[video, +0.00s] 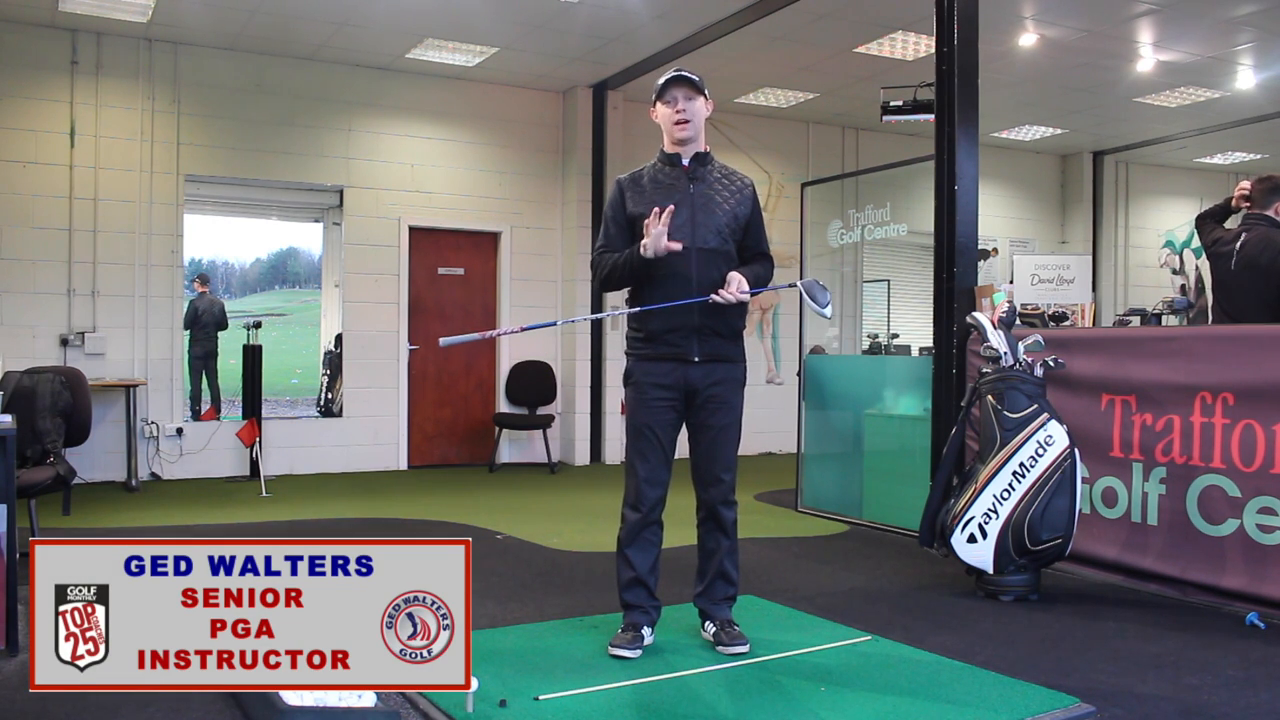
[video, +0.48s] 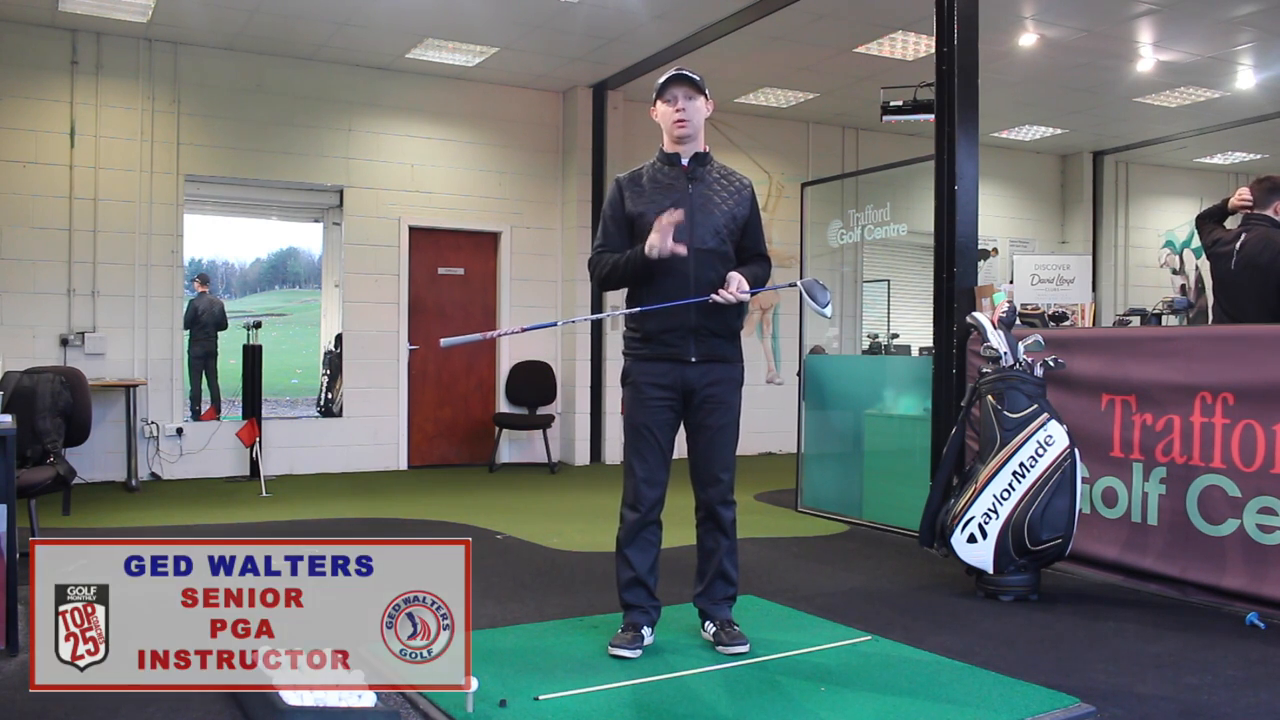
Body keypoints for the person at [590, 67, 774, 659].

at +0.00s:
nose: (681, 108)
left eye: (690, 98)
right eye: (670, 100)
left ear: (709, 110)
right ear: (655, 115)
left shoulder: (738, 188)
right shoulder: (629, 189)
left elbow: (761, 265)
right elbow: (603, 273)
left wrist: (745, 281)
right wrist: (643, 253)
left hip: (721, 361)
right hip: (652, 359)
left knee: (718, 493)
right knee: (644, 494)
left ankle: (718, 612)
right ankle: (638, 616)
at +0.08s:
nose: (680, 107)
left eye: (690, 98)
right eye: (669, 99)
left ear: (708, 110)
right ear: (655, 115)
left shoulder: (738, 188)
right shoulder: (629, 188)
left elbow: (760, 266)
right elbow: (604, 273)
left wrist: (745, 282)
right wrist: (644, 251)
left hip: (720, 362)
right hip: (652, 360)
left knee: (718, 494)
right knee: (643, 495)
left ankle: (718, 613)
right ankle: (638, 616)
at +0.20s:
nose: (679, 107)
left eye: (689, 97)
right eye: (669, 99)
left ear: (708, 110)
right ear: (654, 114)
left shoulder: (738, 188)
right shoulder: (628, 188)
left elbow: (760, 266)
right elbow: (603, 272)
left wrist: (744, 282)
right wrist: (646, 242)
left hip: (720, 362)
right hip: (651, 360)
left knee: (717, 494)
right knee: (643, 494)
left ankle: (718, 613)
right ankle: (638, 616)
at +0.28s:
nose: (680, 107)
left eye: (690, 98)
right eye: (669, 99)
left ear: (708, 110)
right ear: (655, 115)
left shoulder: (737, 188)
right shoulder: (629, 188)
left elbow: (760, 266)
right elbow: (603, 272)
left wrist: (744, 282)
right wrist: (646, 248)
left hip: (719, 361)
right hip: (651, 360)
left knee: (717, 494)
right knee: (643, 495)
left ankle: (718, 613)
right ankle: (638, 616)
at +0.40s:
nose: (679, 106)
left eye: (689, 97)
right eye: (669, 99)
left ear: (708, 110)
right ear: (655, 114)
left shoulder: (738, 188)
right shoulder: (628, 187)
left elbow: (758, 266)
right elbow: (602, 271)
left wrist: (744, 283)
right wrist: (646, 248)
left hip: (719, 362)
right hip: (650, 360)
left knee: (717, 494)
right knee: (643, 494)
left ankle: (718, 612)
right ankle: (638, 617)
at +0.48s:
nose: (679, 106)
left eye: (690, 97)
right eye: (669, 98)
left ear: (709, 110)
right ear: (655, 113)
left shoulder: (737, 188)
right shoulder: (628, 187)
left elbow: (757, 264)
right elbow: (601, 271)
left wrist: (744, 283)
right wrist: (645, 252)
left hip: (718, 363)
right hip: (650, 361)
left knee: (717, 495)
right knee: (642, 495)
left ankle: (718, 613)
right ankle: (638, 616)